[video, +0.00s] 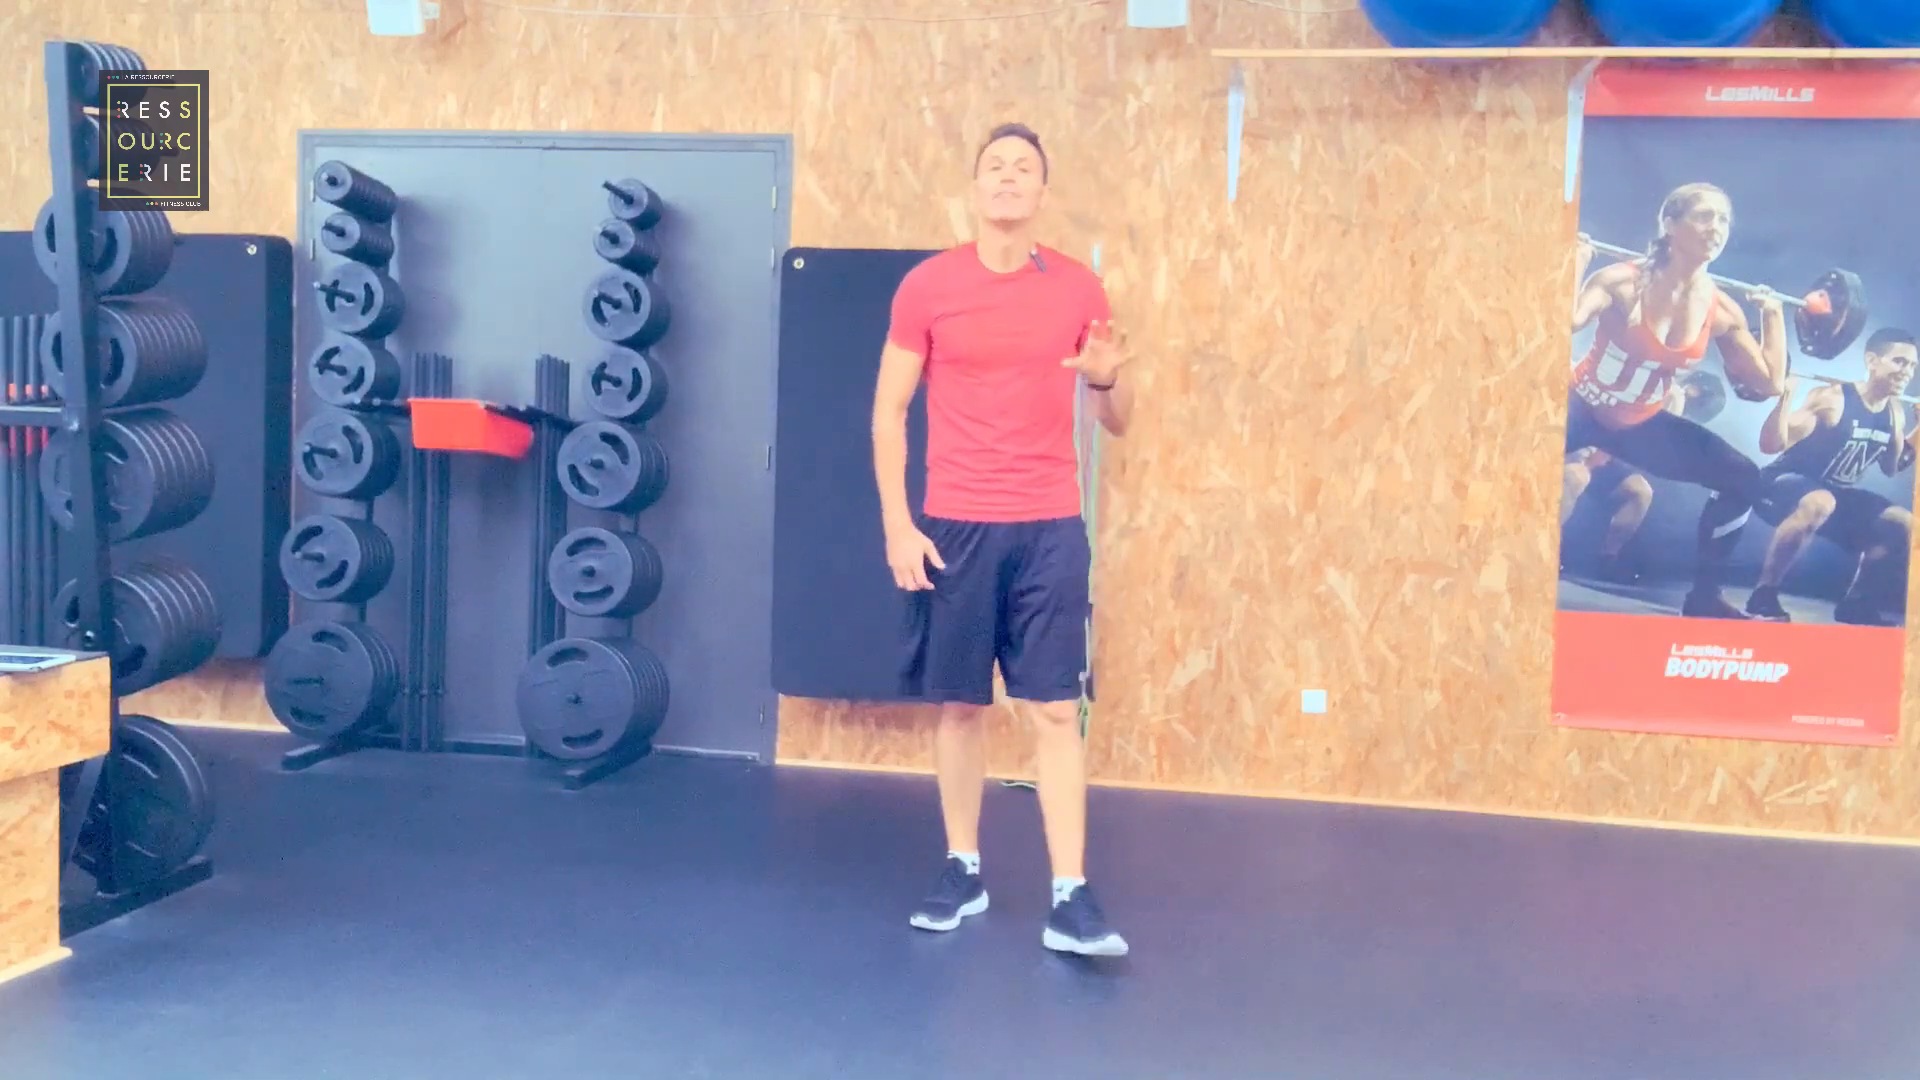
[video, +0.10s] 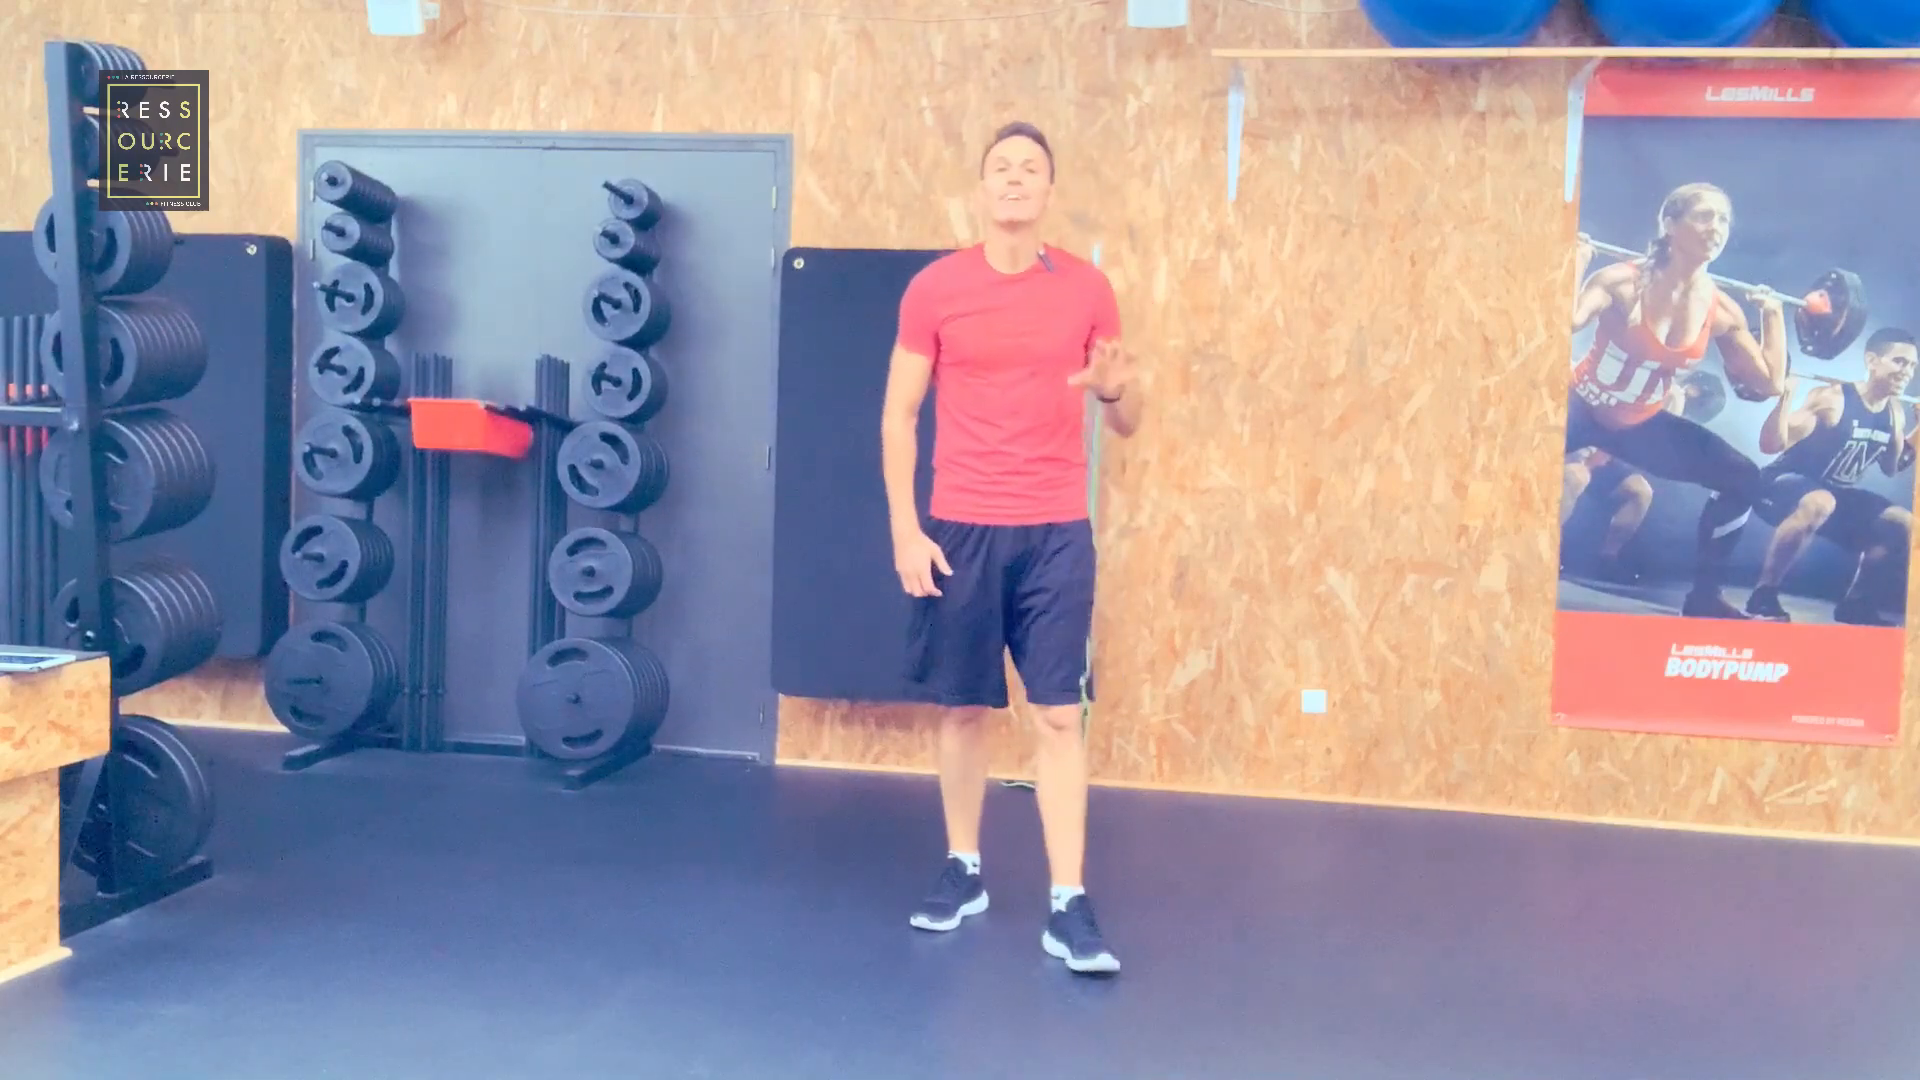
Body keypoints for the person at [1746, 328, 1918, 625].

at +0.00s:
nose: (1906, 372)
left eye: (1911, 365)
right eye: (1899, 361)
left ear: (1913, 371)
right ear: (1872, 361)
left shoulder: (1893, 412)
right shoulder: (1830, 397)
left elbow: (1892, 466)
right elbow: (1769, 444)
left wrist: (1914, 438)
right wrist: (1784, 396)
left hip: (1839, 495)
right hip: (1786, 481)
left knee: (1904, 524)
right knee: (1821, 502)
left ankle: (1855, 604)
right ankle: (1763, 596)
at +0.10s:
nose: (1906, 372)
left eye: (1911, 365)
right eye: (1899, 361)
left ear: (1913, 371)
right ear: (1872, 361)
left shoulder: (1894, 412)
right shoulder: (1830, 397)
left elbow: (1892, 466)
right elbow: (1769, 444)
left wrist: (1913, 439)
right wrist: (1785, 396)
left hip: (1839, 495)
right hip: (1786, 481)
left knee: (1904, 524)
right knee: (1821, 502)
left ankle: (1855, 605)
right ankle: (1763, 596)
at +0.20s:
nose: (1906, 372)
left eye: (1911, 365)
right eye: (1899, 361)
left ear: (1913, 371)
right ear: (1872, 361)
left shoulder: (1894, 411)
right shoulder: (1831, 397)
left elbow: (1891, 466)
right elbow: (1769, 444)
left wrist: (1914, 437)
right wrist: (1785, 396)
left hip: (1839, 495)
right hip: (1785, 482)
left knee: (1904, 524)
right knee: (1821, 502)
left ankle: (1854, 604)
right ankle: (1763, 596)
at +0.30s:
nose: (1906, 372)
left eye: (1911, 365)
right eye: (1899, 361)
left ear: (1913, 371)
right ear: (1872, 361)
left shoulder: (1894, 411)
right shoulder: (1831, 397)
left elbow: (1891, 467)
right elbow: (1768, 444)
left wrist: (1913, 439)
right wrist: (1785, 397)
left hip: (1839, 495)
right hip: (1786, 482)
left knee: (1904, 524)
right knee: (1821, 502)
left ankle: (1855, 604)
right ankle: (1763, 595)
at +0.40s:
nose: (1906, 372)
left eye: (1911, 365)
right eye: (1899, 361)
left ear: (1913, 371)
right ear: (1872, 361)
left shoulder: (1894, 411)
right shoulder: (1831, 397)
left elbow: (1891, 466)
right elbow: (1769, 444)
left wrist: (1913, 438)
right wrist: (1785, 396)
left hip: (1839, 495)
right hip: (1785, 482)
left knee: (1904, 524)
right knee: (1821, 502)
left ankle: (1855, 604)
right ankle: (1763, 595)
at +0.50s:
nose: (1906, 372)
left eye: (1911, 365)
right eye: (1899, 361)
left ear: (1913, 371)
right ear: (1871, 361)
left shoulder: (1894, 411)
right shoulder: (1830, 398)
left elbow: (1891, 467)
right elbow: (1768, 444)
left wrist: (1911, 444)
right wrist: (1785, 396)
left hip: (1839, 495)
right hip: (1786, 482)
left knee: (1904, 524)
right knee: (1821, 502)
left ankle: (1855, 604)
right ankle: (1763, 595)